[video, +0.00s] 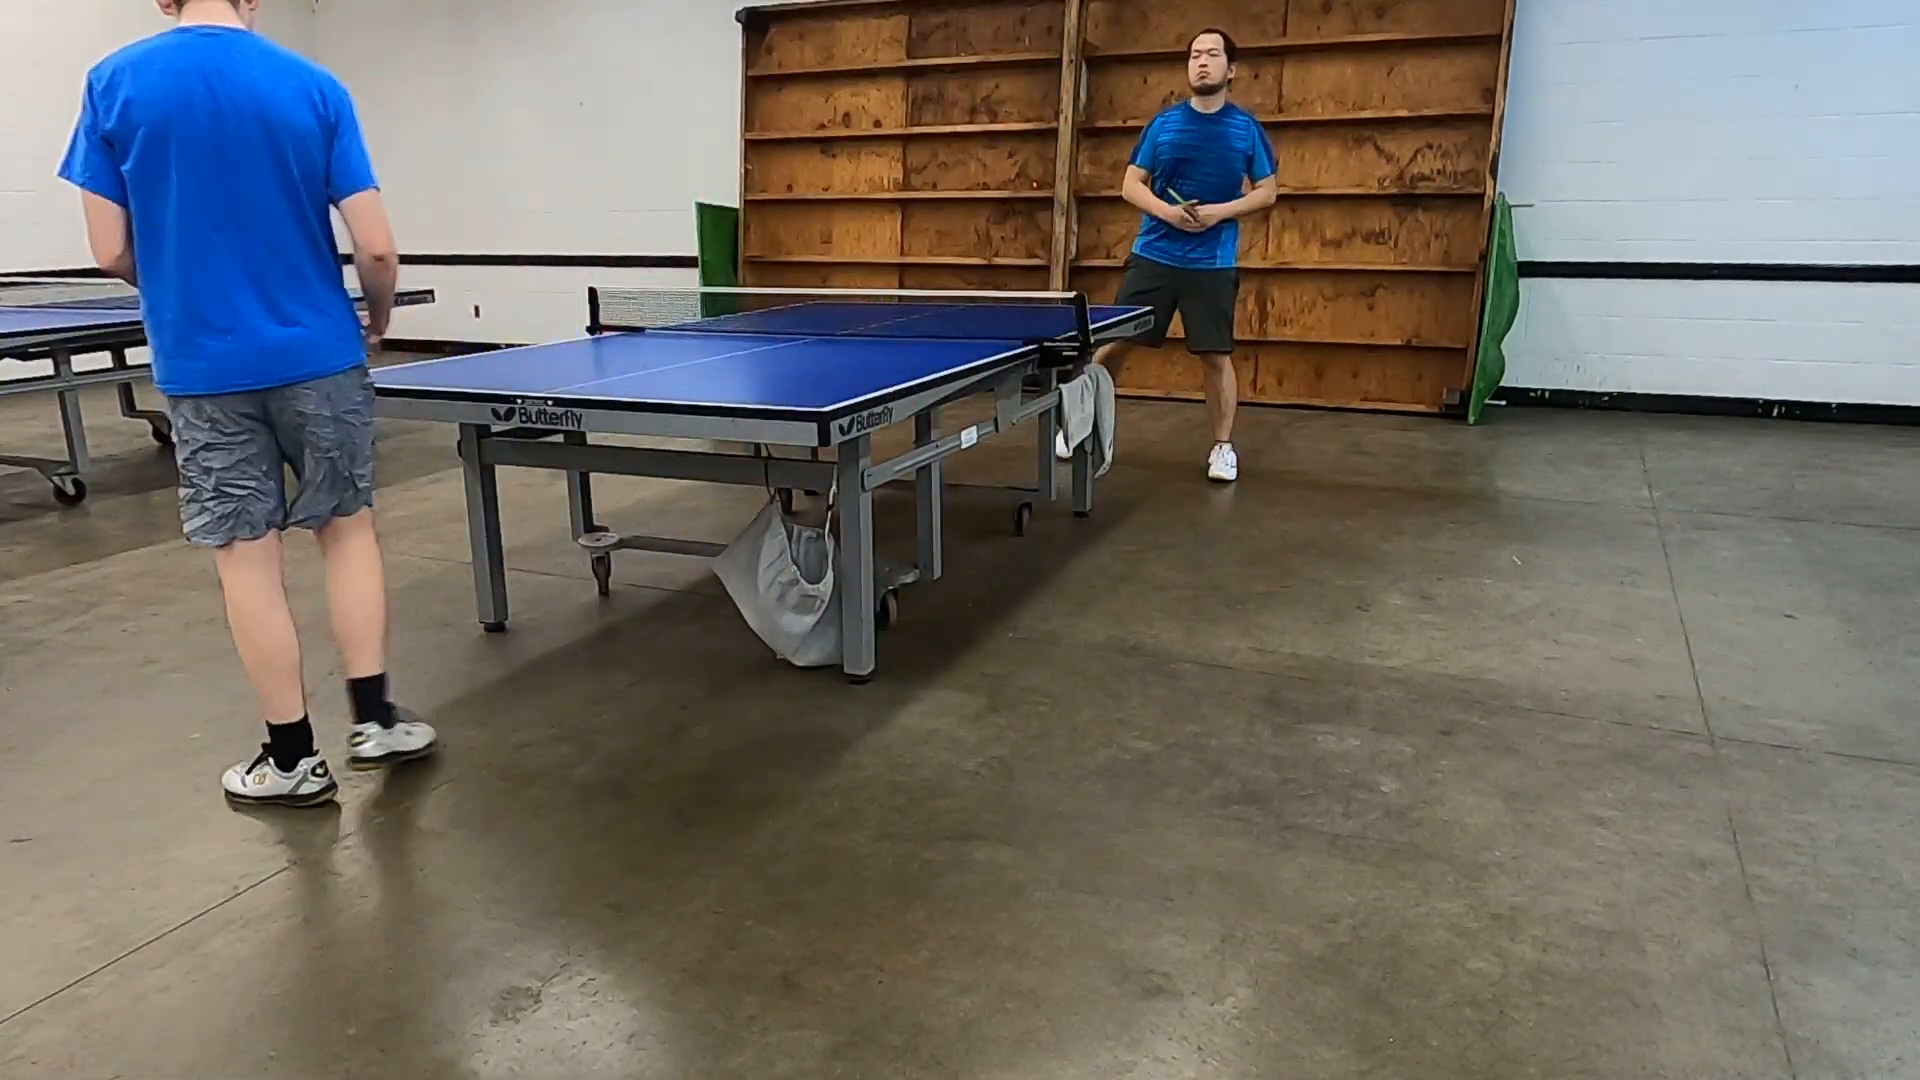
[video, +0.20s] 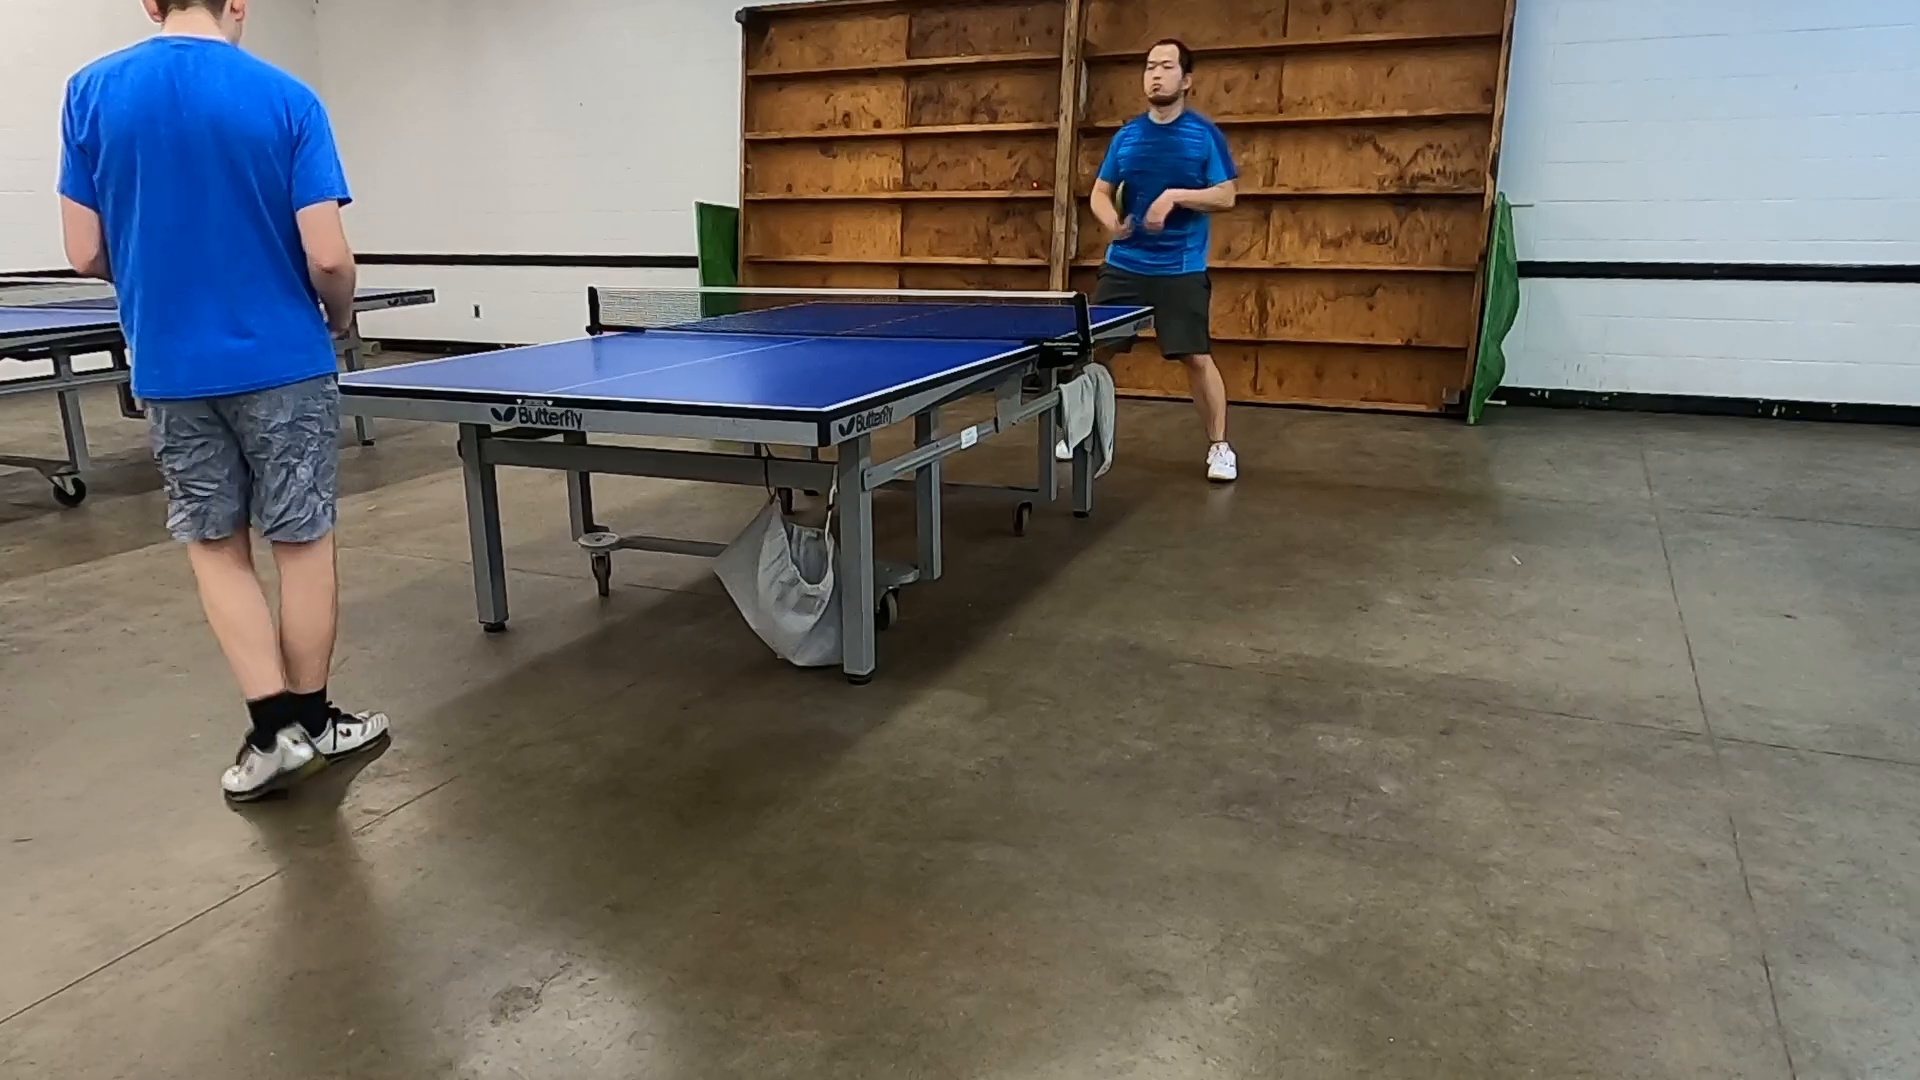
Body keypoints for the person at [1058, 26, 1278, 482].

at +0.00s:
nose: (1201, 62)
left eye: (1212, 55)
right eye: (1195, 56)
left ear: (1231, 68)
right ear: (1187, 68)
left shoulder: (1247, 128)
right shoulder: (1165, 122)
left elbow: (1267, 193)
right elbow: (1130, 185)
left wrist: (1219, 211)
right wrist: (1168, 212)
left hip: (1213, 264)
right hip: (1154, 257)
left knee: (1217, 357)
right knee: (1116, 343)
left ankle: (1222, 446)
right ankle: (1076, 418)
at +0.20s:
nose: (1155, 74)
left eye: (1166, 67)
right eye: (1150, 67)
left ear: (1186, 79)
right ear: (1143, 78)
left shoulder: (1205, 135)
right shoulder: (1127, 135)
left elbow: (1226, 196)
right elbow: (1099, 192)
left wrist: (1173, 195)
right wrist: (1110, 221)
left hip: (1182, 272)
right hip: (1124, 268)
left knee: (1196, 357)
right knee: (1092, 350)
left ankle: (1219, 445)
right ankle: (1083, 431)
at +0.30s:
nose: (1128, 80)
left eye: (1140, 73)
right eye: (1124, 73)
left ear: (1162, 85)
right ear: (1118, 83)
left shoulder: (1182, 135)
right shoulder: (1107, 142)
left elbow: (1199, 199)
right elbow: (1088, 198)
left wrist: (1146, 184)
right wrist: (1073, 242)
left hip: (1168, 273)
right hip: (1111, 269)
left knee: (1187, 358)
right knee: (1083, 352)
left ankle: (1215, 445)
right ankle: (1080, 432)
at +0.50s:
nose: (1089, 98)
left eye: (1098, 90)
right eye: (1084, 91)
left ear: (1123, 92)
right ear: (1081, 96)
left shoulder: (1154, 133)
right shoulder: (1091, 144)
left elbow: (1164, 197)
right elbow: (1078, 201)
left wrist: (1115, 158)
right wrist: (1049, 246)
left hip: (1160, 269)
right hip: (1108, 267)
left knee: (1173, 351)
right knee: (1081, 349)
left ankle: (1198, 441)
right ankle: (1080, 432)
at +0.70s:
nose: (1081, 142)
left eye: (1088, 134)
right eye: (1075, 135)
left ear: (1110, 130)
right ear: (1070, 134)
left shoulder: (1144, 153)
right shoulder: (1085, 171)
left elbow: (1141, 215)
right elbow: (1080, 218)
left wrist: (1101, 162)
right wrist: (1053, 264)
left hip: (1174, 266)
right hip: (1123, 268)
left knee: (1178, 351)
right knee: (1084, 346)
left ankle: (1197, 443)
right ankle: (1079, 426)